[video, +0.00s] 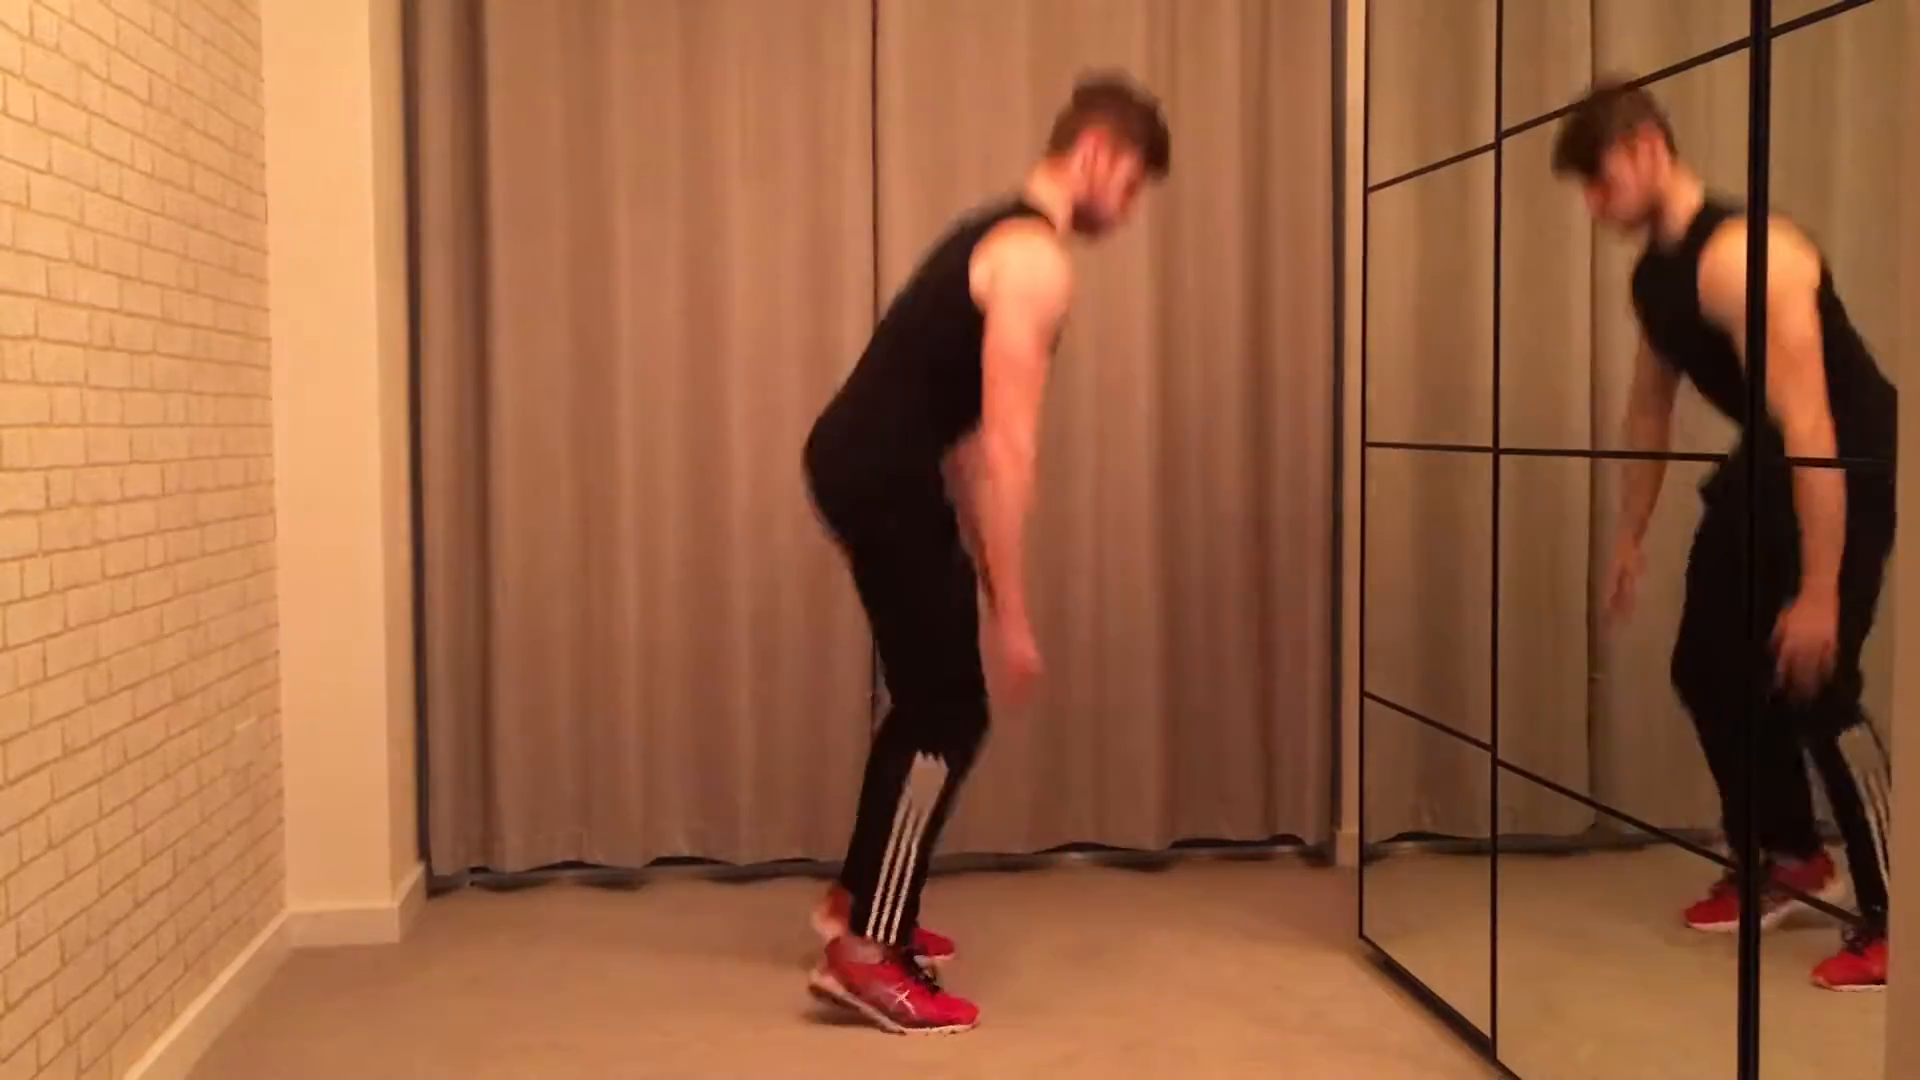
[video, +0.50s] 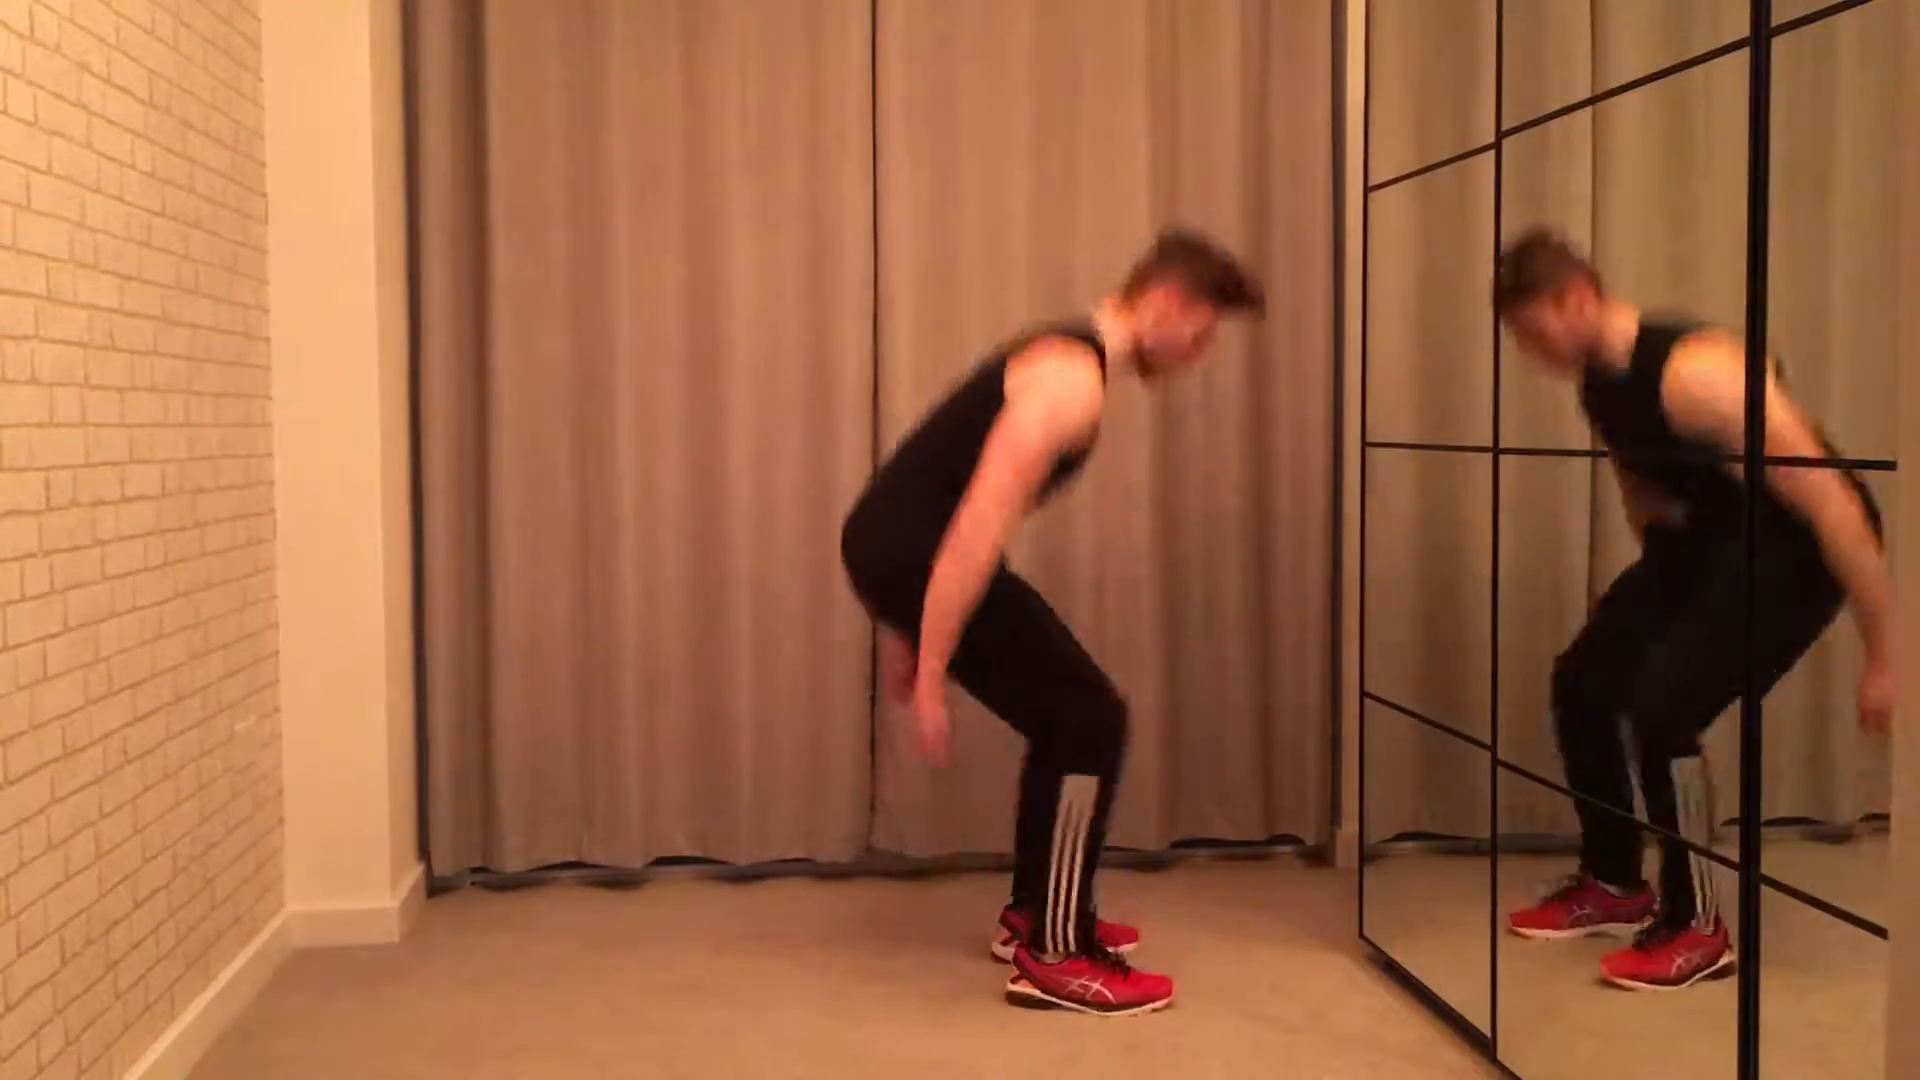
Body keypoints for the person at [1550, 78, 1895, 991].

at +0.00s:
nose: (1593, 204)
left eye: (1599, 178)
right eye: (1585, 186)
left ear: (1652, 149)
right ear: (1627, 165)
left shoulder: (1753, 257)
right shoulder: (1659, 274)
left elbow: (1807, 431)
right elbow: (1650, 410)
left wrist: (1819, 592)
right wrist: (1630, 536)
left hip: (1849, 468)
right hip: (1767, 462)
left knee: (1806, 686)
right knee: (1707, 668)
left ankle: (1885, 917)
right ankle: (1788, 856)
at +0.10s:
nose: (1596, 119)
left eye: (1602, 96)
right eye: (1585, 104)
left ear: (1649, 63)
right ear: (1599, 91)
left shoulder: (1756, 150)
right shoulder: (1648, 169)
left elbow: (1828, 310)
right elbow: (1673, 324)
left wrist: (1852, 464)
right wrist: (1677, 447)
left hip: (1819, 383)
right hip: (1734, 387)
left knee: (1828, 615)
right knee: (1715, 603)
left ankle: (1864, 850)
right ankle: (1739, 797)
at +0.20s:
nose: (1576, 93)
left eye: (1579, 70)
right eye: (1564, 79)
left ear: (1631, 33)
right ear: (1616, 48)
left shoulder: (1746, 122)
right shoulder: (1640, 150)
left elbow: (1842, 271)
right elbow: (1672, 293)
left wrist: (1873, 427)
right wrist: (1697, 396)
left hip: (1795, 392)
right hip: (1711, 395)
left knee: (1794, 588)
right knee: (1687, 576)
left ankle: (1840, 806)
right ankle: (1702, 769)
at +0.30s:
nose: (1557, 132)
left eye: (1558, 109)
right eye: (1545, 116)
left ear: (1607, 73)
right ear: (1591, 87)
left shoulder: (1735, 154)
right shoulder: (1623, 179)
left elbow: (1838, 292)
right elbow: (1661, 307)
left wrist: (1880, 438)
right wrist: (1689, 392)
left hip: (1798, 400)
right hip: (1707, 399)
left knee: (1761, 612)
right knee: (1668, 587)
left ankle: (1759, 825)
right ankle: (1651, 782)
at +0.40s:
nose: (1544, 218)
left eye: (1546, 195)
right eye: (1531, 204)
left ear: (1589, 159)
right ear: (1556, 183)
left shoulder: (1708, 237)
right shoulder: (1615, 261)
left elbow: (1825, 363)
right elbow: (1650, 390)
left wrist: (1884, 511)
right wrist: (1691, 465)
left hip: (1798, 468)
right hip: (1705, 463)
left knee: (1726, 661)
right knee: (1640, 636)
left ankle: (1707, 873)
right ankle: (1607, 828)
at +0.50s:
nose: (1535, 348)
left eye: (1535, 328)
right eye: (1523, 335)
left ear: (1577, 296)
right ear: (1568, 305)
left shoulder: (1697, 371)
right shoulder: (1602, 383)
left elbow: (1829, 499)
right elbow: (1646, 503)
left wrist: (1883, 655)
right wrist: (1669, 596)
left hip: (1796, 553)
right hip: (1705, 545)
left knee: (1655, 711)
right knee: (1583, 686)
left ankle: (1690, 923)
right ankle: (1613, 884)